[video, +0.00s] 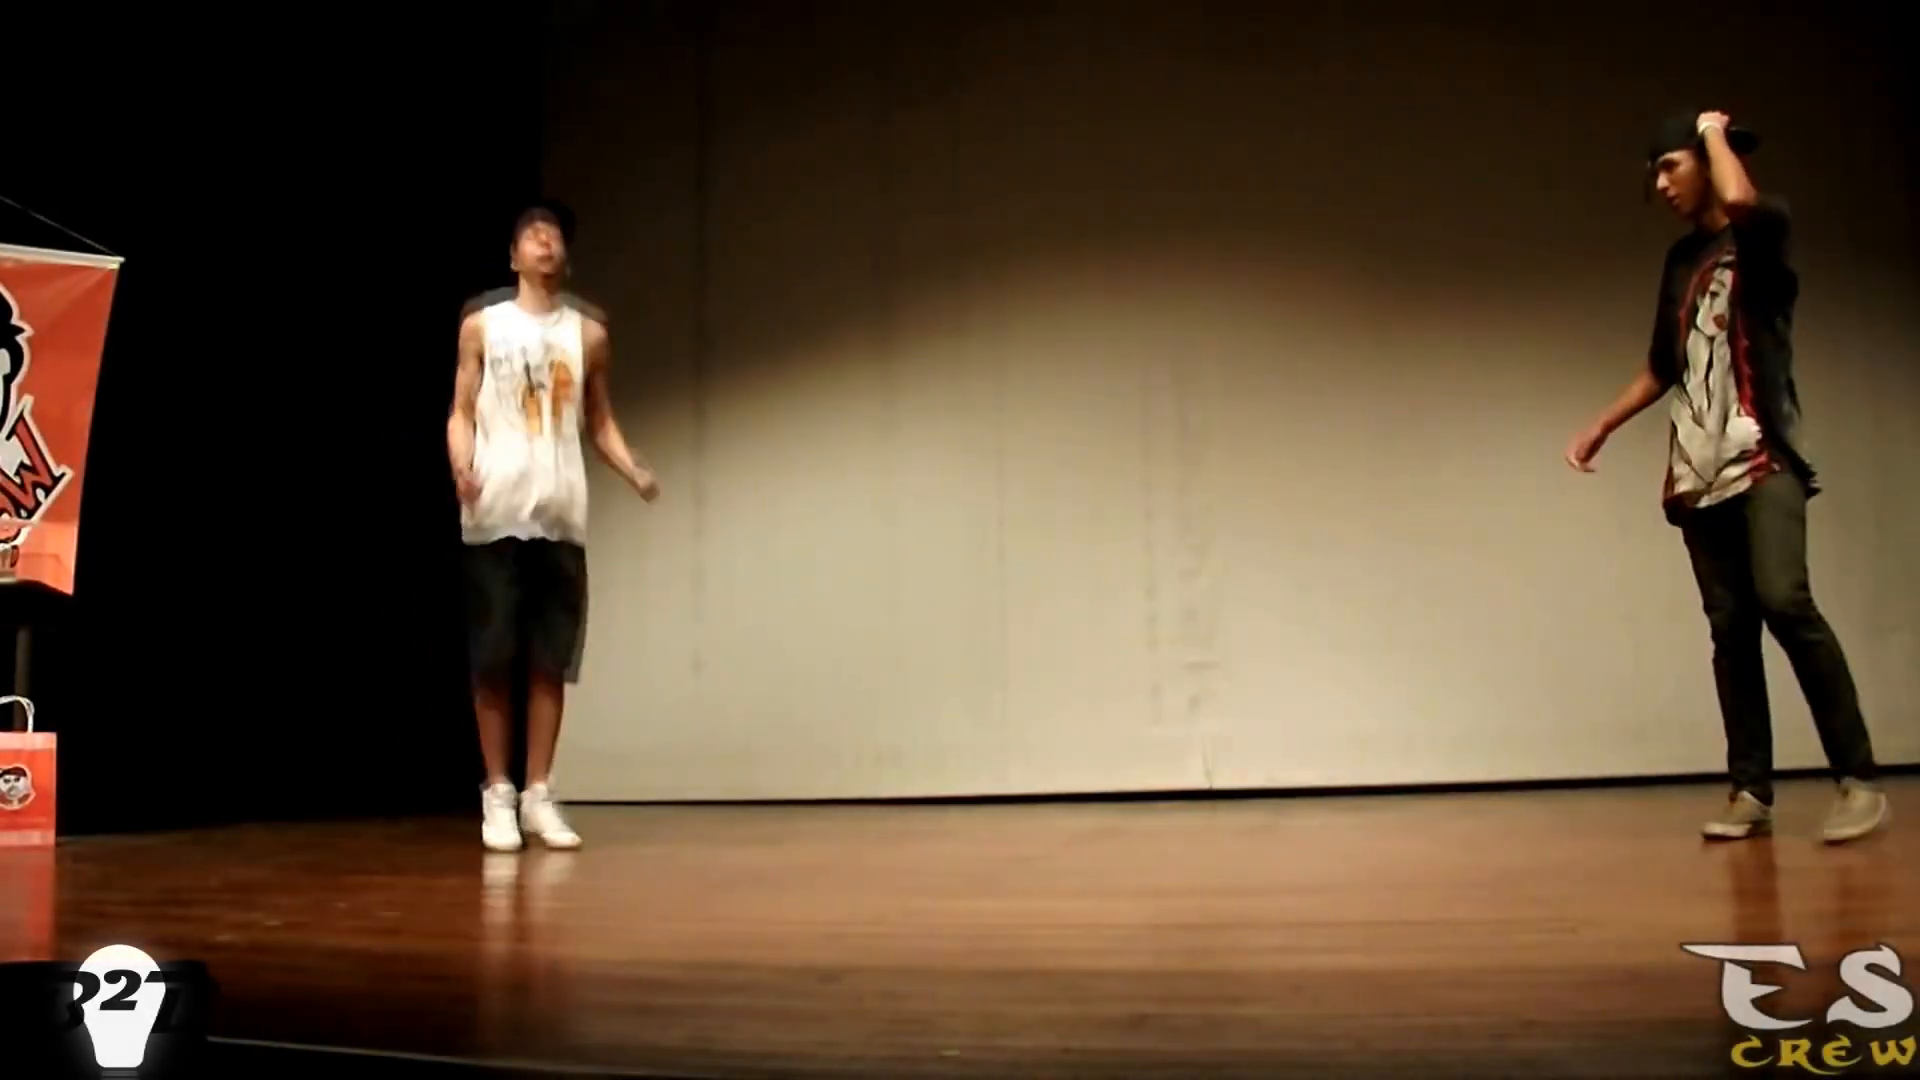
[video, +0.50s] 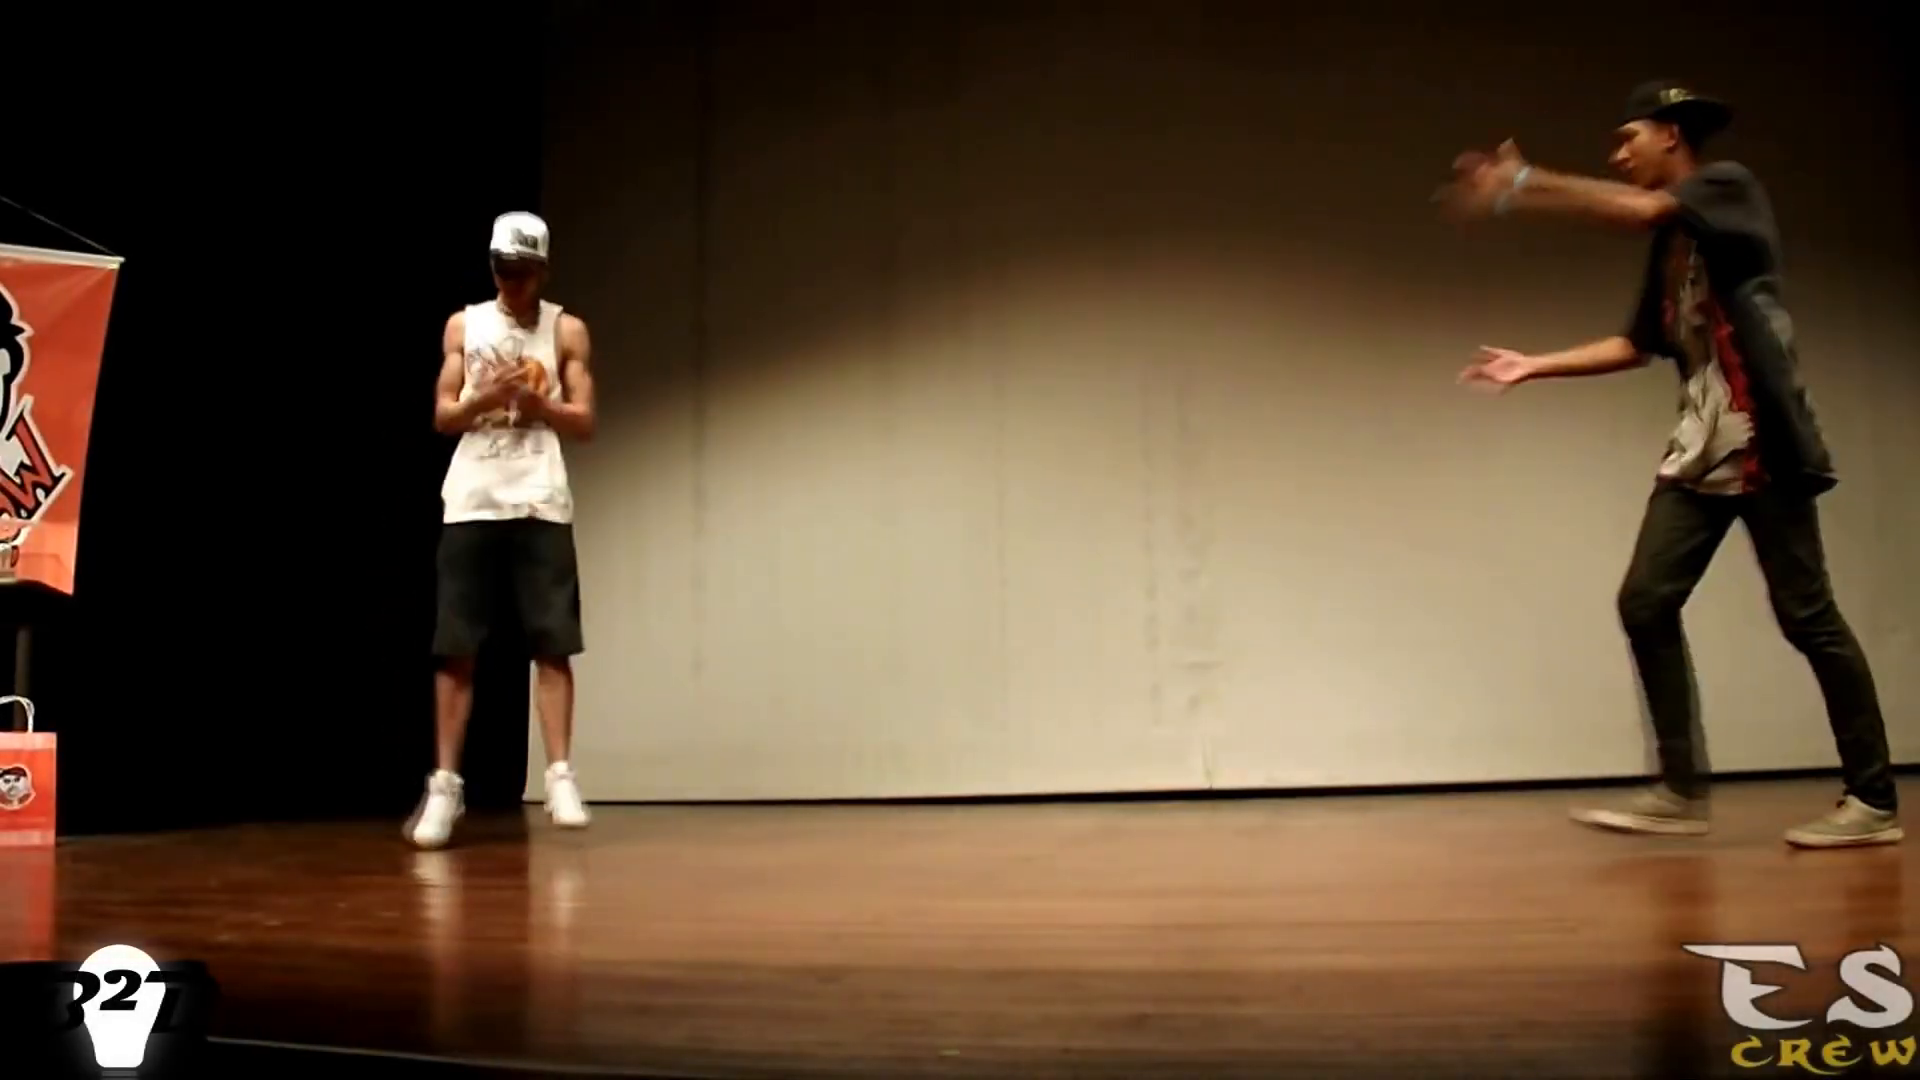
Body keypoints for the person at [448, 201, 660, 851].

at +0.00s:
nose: (545, 245)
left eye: (554, 236)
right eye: (534, 236)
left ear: (566, 253)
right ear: (514, 251)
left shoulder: (589, 332)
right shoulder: (481, 325)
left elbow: (600, 420)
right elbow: (462, 410)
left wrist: (633, 470)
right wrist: (463, 465)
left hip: (560, 520)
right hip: (492, 519)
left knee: (551, 666)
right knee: (493, 665)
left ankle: (538, 797)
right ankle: (498, 796)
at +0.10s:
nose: (530, 219)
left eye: (542, 211)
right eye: (522, 210)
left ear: (561, 228)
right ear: (508, 225)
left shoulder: (585, 300)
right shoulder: (479, 294)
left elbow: (599, 379)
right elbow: (462, 377)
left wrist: (613, 416)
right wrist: (456, 430)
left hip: (553, 483)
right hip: (484, 483)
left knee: (549, 634)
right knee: (482, 635)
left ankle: (550, 770)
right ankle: (484, 775)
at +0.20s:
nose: (522, 226)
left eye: (535, 218)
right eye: (516, 216)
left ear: (554, 232)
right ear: (504, 227)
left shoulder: (579, 307)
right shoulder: (473, 303)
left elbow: (602, 387)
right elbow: (460, 387)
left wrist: (616, 416)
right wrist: (440, 442)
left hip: (550, 489)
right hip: (480, 490)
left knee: (551, 636)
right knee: (474, 638)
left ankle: (554, 773)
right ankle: (472, 774)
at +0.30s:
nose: (515, 267)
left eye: (528, 258)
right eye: (507, 255)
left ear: (546, 269)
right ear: (495, 264)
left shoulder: (574, 345)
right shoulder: (467, 345)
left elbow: (601, 424)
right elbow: (454, 430)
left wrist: (611, 439)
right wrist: (427, 466)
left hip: (545, 523)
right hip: (475, 524)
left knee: (552, 668)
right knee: (461, 671)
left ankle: (554, 798)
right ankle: (462, 800)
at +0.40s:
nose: (511, 279)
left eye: (523, 268)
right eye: (503, 267)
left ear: (543, 274)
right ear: (491, 271)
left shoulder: (569, 342)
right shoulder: (465, 342)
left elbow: (593, 434)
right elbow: (447, 431)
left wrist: (553, 410)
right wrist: (443, 431)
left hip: (541, 531)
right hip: (471, 530)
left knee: (550, 666)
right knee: (461, 666)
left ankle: (551, 796)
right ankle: (464, 797)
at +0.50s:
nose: (515, 281)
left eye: (526, 270)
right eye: (506, 269)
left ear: (543, 269)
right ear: (492, 266)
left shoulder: (567, 330)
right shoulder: (464, 326)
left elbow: (583, 421)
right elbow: (443, 415)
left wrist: (531, 400)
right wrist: (482, 398)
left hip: (541, 505)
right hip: (472, 505)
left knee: (552, 648)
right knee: (456, 650)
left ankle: (559, 777)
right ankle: (445, 786)